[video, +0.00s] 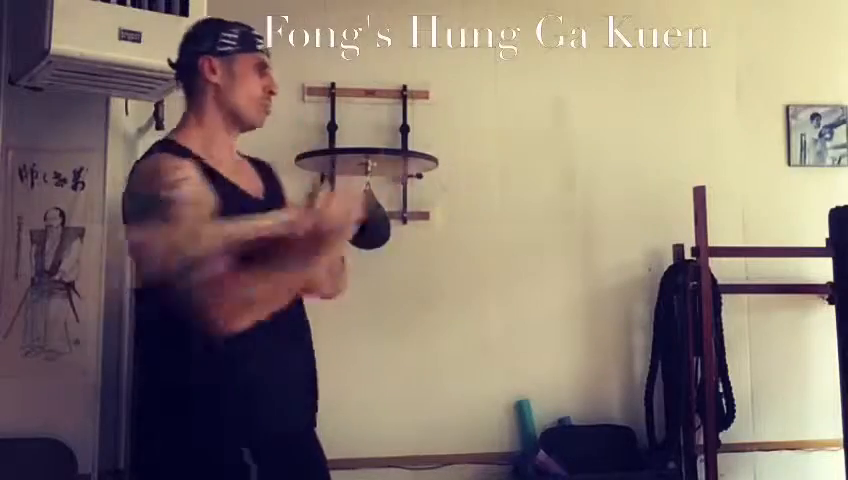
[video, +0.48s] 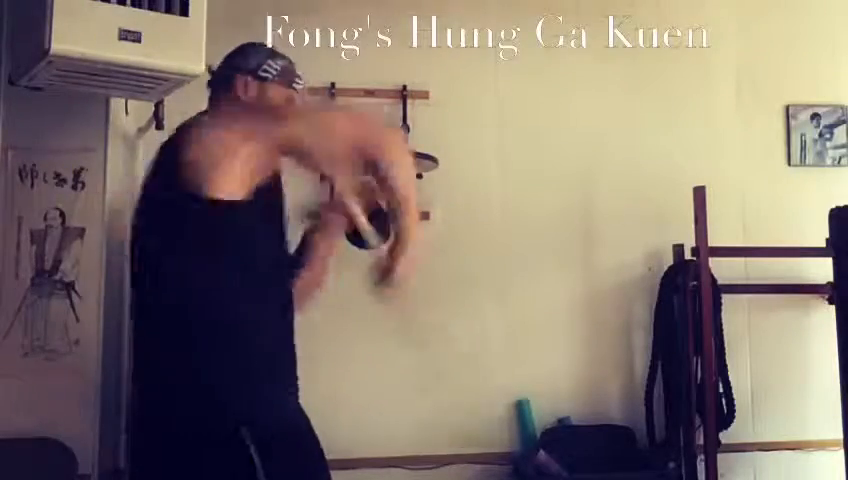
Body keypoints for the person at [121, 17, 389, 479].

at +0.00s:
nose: (273, 86)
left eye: (269, 71)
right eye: (260, 69)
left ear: (215, 71)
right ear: (211, 70)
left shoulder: (262, 175)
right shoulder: (165, 174)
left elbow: (332, 281)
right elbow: (223, 310)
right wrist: (315, 251)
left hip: (280, 423)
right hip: (198, 431)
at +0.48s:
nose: (295, 108)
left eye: (296, 96)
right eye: (286, 91)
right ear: (244, 86)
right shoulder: (207, 140)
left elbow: (286, 298)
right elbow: (380, 139)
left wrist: (330, 224)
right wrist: (405, 230)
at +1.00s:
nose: (298, 90)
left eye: (295, 75)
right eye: (286, 71)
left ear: (237, 72)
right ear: (239, 70)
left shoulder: (159, 166)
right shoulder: (254, 164)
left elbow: (251, 264)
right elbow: (336, 284)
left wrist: (349, 239)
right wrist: (386, 253)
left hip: (174, 413)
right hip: (261, 418)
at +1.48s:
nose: (304, 100)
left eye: (303, 87)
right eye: (295, 83)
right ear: (248, 77)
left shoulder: (307, 190)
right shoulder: (164, 173)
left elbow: (334, 291)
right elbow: (45, 255)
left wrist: (254, 291)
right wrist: (110, 314)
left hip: (283, 430)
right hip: (183, 436)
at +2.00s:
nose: (301, 114)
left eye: (301, 100)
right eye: (295, 95)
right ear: (253, 80)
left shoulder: (144, 170)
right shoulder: (281, 140)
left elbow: (209, 292)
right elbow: (385, 182)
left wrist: (311, 270)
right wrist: (338, 239)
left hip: (164, 406)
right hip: (256, 407)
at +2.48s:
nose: (264, 83)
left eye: (261, 68)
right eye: (251, 65)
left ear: (204, 69)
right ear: (204, 66)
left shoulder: (179, 165)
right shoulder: (198, 172)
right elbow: (314, 268)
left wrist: (327, 225)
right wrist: (398, 209)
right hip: (248, 437)